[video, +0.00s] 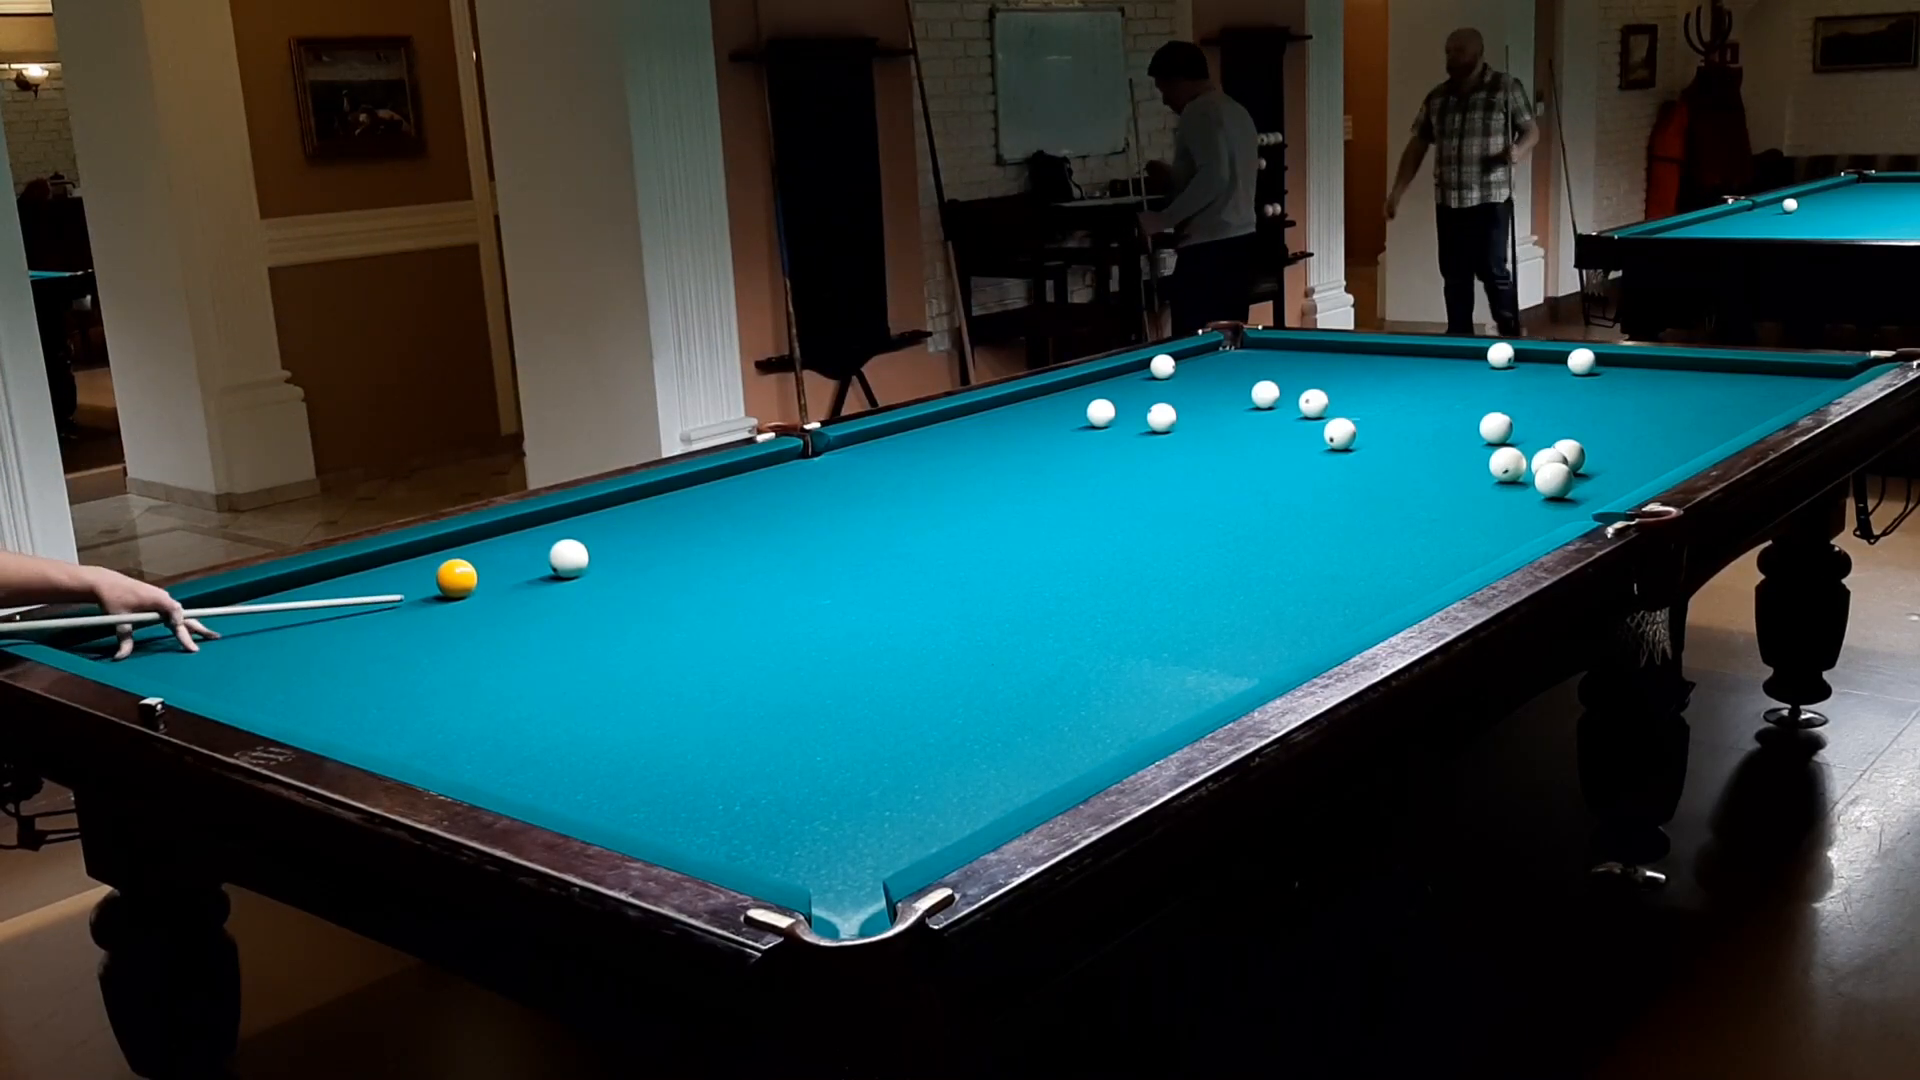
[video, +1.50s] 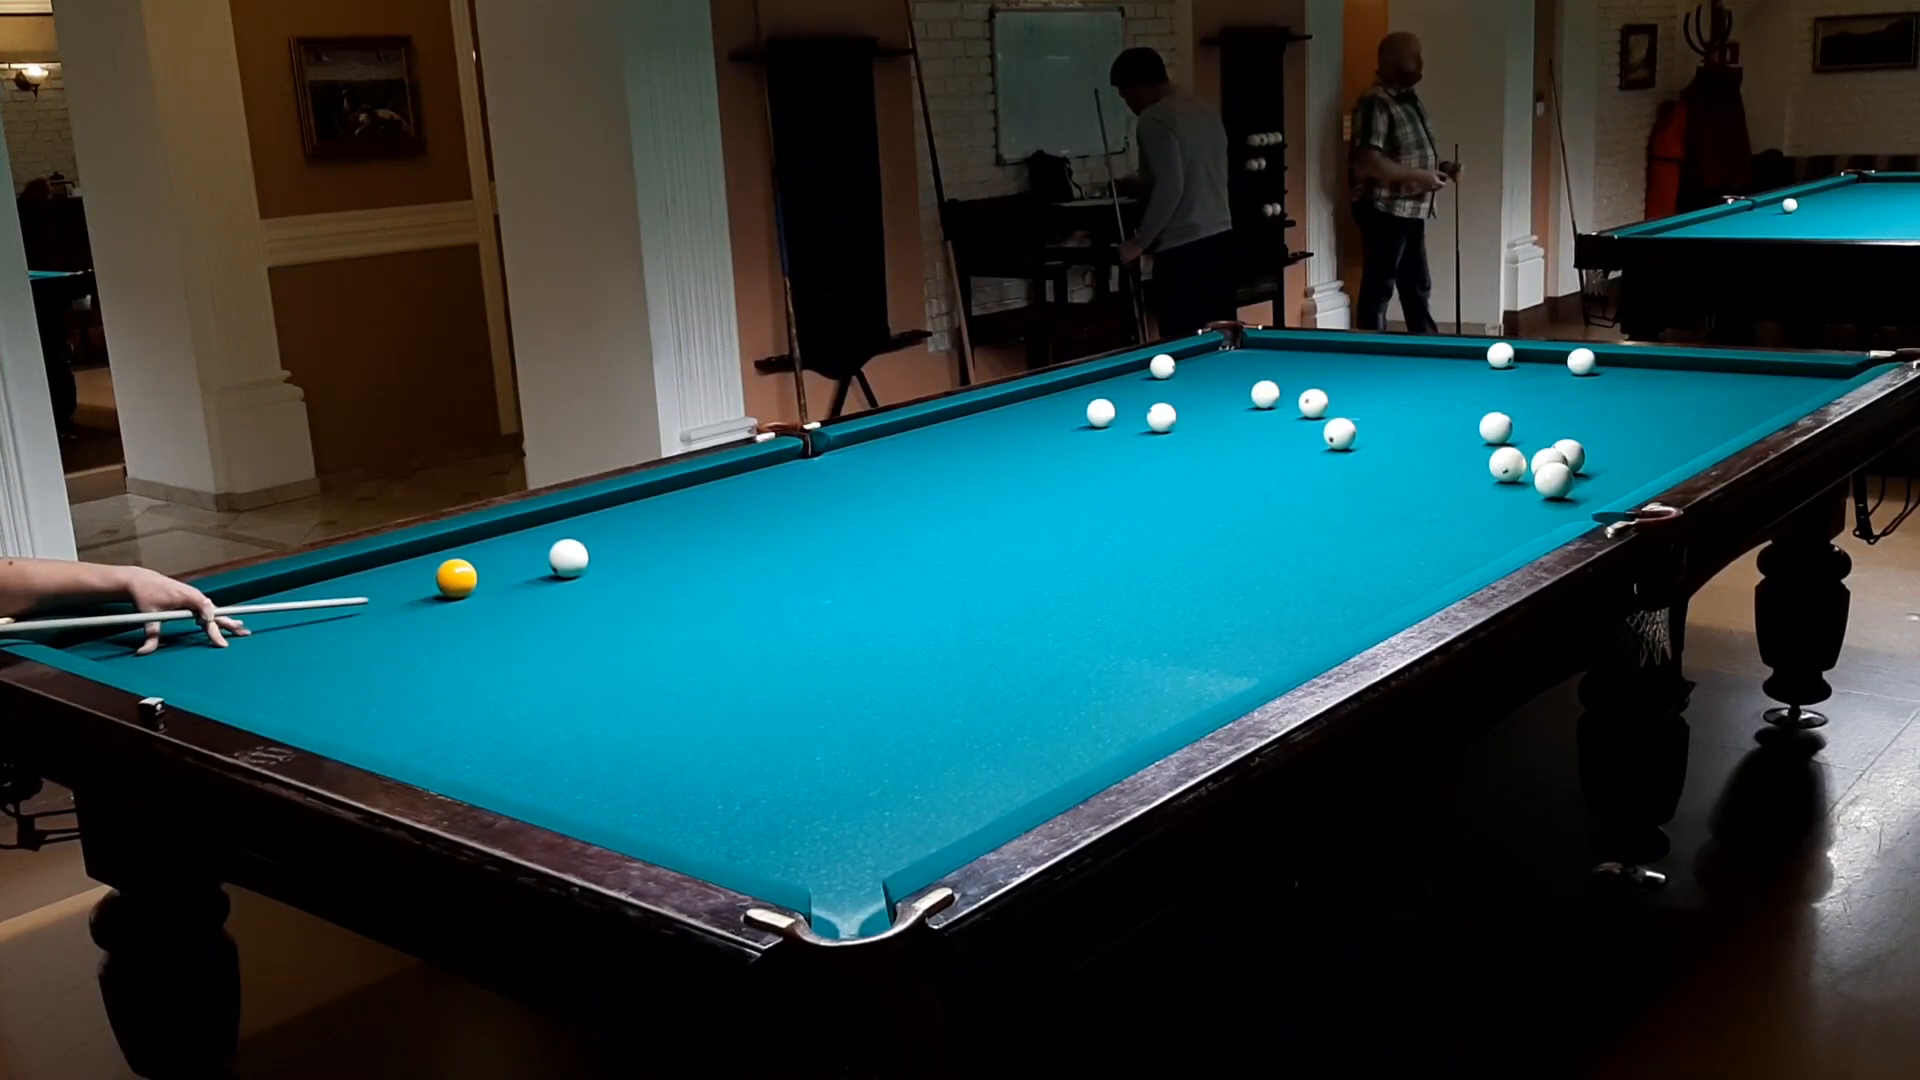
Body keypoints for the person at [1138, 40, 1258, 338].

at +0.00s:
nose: (1163, 99)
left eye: (1163, 88)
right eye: (1160, 89)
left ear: (1178, 80)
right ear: (1199, 74)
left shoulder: (1199, 115)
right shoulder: (1235, 111)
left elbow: (1214, 177)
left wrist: (1163, 219)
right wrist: (1175, 178)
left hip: (1209, 250)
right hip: (1241, 244)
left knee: (1193, 346)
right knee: (1229, 342)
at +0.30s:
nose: (1163, 96)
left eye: (1163, 85)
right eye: (1160, 86)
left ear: (1179, 79)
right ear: (1199, 74)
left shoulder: (1198, 114)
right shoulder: (1235, 112)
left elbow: (1206, 179)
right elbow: (1231, 179)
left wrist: (1153, 219)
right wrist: (1169, 181)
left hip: (1204, 252)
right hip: (1236, 246)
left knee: (1193, 348)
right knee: (1227, 343)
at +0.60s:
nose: (1144, 95)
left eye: (1145, 85)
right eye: (1142, 87)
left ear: (1159, 81)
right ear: (1182, 73)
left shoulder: (1178, 118)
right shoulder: (1222, 113)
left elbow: (1188, 185)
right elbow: (1219, 179)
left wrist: (1147, 233)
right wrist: (1158, 181)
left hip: (1192, 254)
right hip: (1230, 246)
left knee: (1187, 349)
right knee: (1226, 342)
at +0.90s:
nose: (1133, 98)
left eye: (1134, 89)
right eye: (1131, 90)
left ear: (1147, 84)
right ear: (1171, 75)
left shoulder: (1166, 119)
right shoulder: (1210, 110)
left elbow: (1177, 188)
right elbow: (1214, 179)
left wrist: (1142, 240)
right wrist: (1150, 183)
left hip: (1186, 255)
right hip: (1224, 246)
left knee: (1185, 351)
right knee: (1223, 343)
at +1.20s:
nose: (1127, 100)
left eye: (1127, 91)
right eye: (1125, 92)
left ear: (1139, 85)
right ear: (1164, 75)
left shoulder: (1159, 121)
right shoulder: (1206, 110)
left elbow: (1173, 186)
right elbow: (1211, 177)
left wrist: (1142, 242)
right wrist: (1147, 182)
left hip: (1183, 253)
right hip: (1223, 244)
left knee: (1182, 348)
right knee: (1222, 341)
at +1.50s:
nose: (1124, 101)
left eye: (1123, 92)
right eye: (1121, 93)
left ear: (1133, 86)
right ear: (1161, 75)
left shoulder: (1155, 121)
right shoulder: (1203, 109)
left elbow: (1169, 184)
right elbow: (1210, 175)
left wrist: (1140, 242)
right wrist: (1143, 184)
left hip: (1182, 253)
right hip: (1221, 243)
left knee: (1181, 346)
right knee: (1221, 339)